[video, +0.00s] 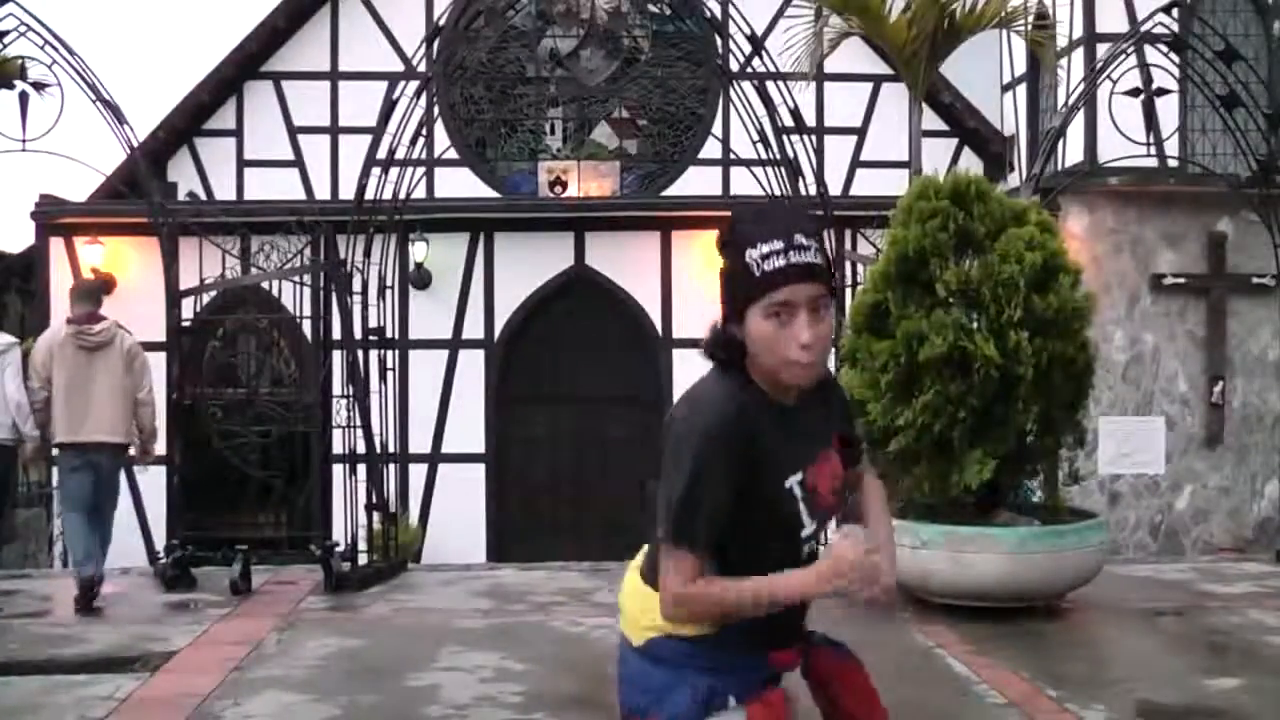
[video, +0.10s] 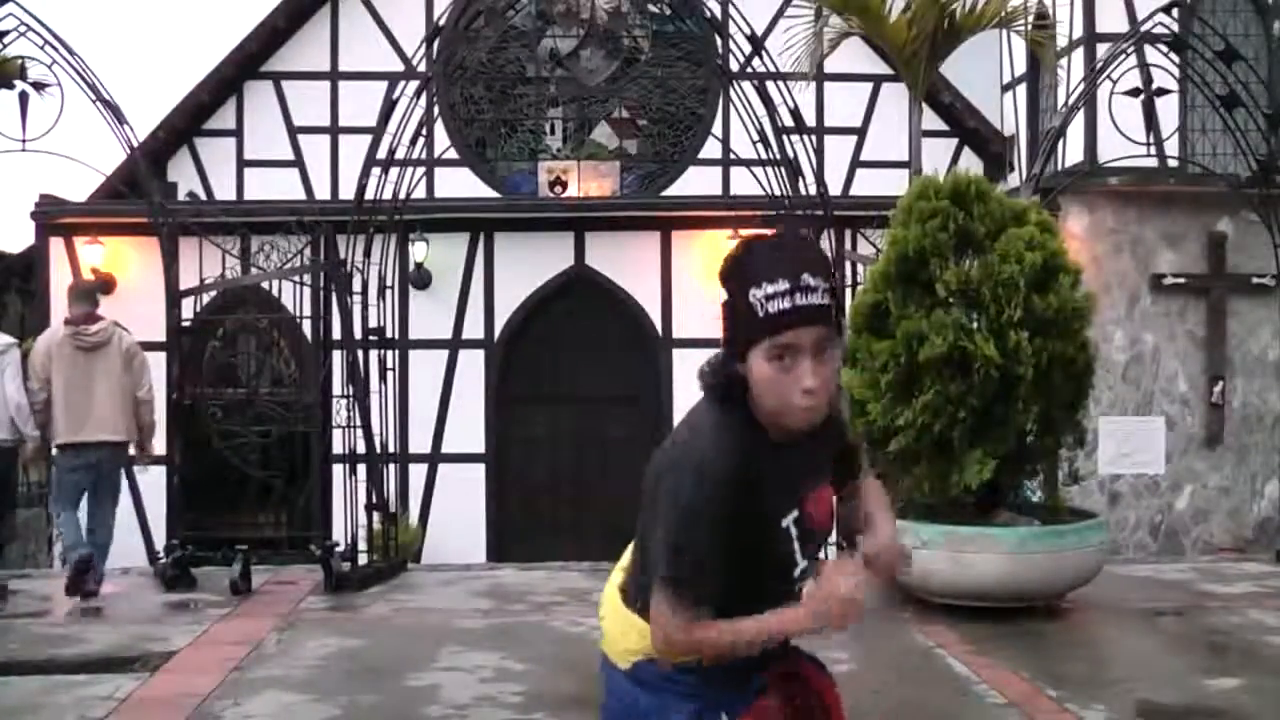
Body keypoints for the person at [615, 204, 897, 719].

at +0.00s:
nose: (806, 333)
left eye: (818, 310)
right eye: (780, 315)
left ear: (834, 315)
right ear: (738, 326)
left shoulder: (825, 396)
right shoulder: (710, 420)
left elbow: (863, 481)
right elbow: (678, 596)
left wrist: (880, 556)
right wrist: (817, 578)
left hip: (770, 638)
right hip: (684, 651)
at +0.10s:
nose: (811, 380)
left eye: (824, 352)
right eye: (782, 357)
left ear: (841, 351)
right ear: (741, 361)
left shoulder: (820, 417)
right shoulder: (703, 459)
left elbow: (855, 482)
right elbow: (671, 636)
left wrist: (881, 534)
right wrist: (805, 616)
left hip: (751, 645)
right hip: (660, 668)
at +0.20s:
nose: (811, 395)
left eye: (824, 367)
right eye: (782, 372)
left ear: (841, 363)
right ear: (739, 372)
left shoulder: (817, 419)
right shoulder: (703, 468)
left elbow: (849, 477)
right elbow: (654, 652)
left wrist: (866, 505)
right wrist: (794, 667)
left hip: (757, 648)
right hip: (662, 679)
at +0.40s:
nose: (801, 398)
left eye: (817, 367)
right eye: (771, 373)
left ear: (838, 364)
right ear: (730, 374)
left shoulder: (824, 423)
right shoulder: (695, 474)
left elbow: (858, 491)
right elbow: (646, 655)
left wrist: (862, 552)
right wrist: (766, 715)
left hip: (758, 653)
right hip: (666, 672)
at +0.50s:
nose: (800, 379)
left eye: (816, 352)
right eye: (773, 356)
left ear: (836, 349)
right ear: (733, 360)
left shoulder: (830, 414)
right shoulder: (694, 459)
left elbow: (862, 507)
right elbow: (651, 640)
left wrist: (864, 615)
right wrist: (790, 679)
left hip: (759, 646)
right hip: (655, 662)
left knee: (829, 704)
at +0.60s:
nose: (806, 354)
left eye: (823, 326)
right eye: (778, 329)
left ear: (844, 329)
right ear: (740, 337)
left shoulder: (840, 412)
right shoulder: (690, 439)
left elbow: (873, 504)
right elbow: (660, 613)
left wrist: (883, 589)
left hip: (758, 641)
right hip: (653, 650)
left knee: (829, 699)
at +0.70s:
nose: (808, 327)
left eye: (825, 304)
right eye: (783, 306)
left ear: (848, 314)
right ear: (746, 316)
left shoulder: (845, 404)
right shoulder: (694, 415)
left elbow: (880, 491)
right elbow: (656, 579)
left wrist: (892, 542)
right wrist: (798, 561)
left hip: (767, 634)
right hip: (660, 637)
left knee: (825, 704)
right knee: (657, 707)